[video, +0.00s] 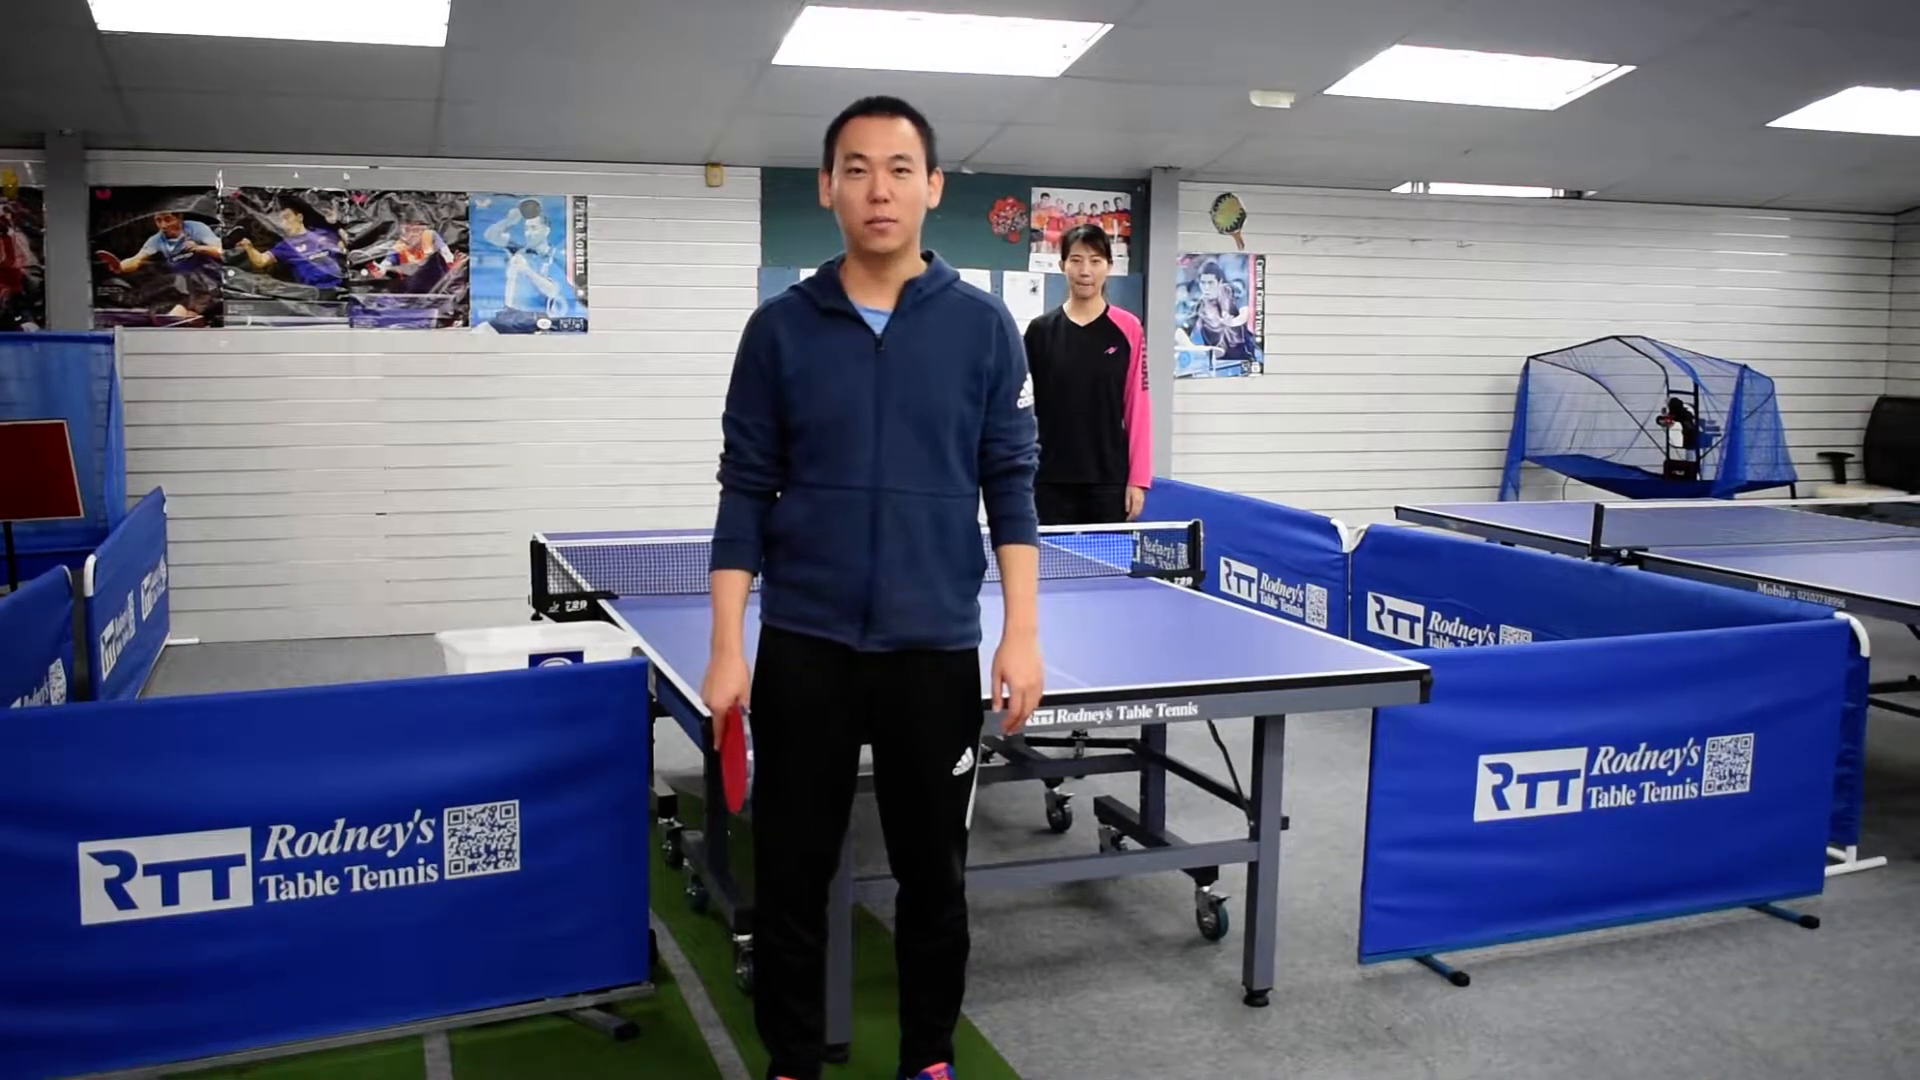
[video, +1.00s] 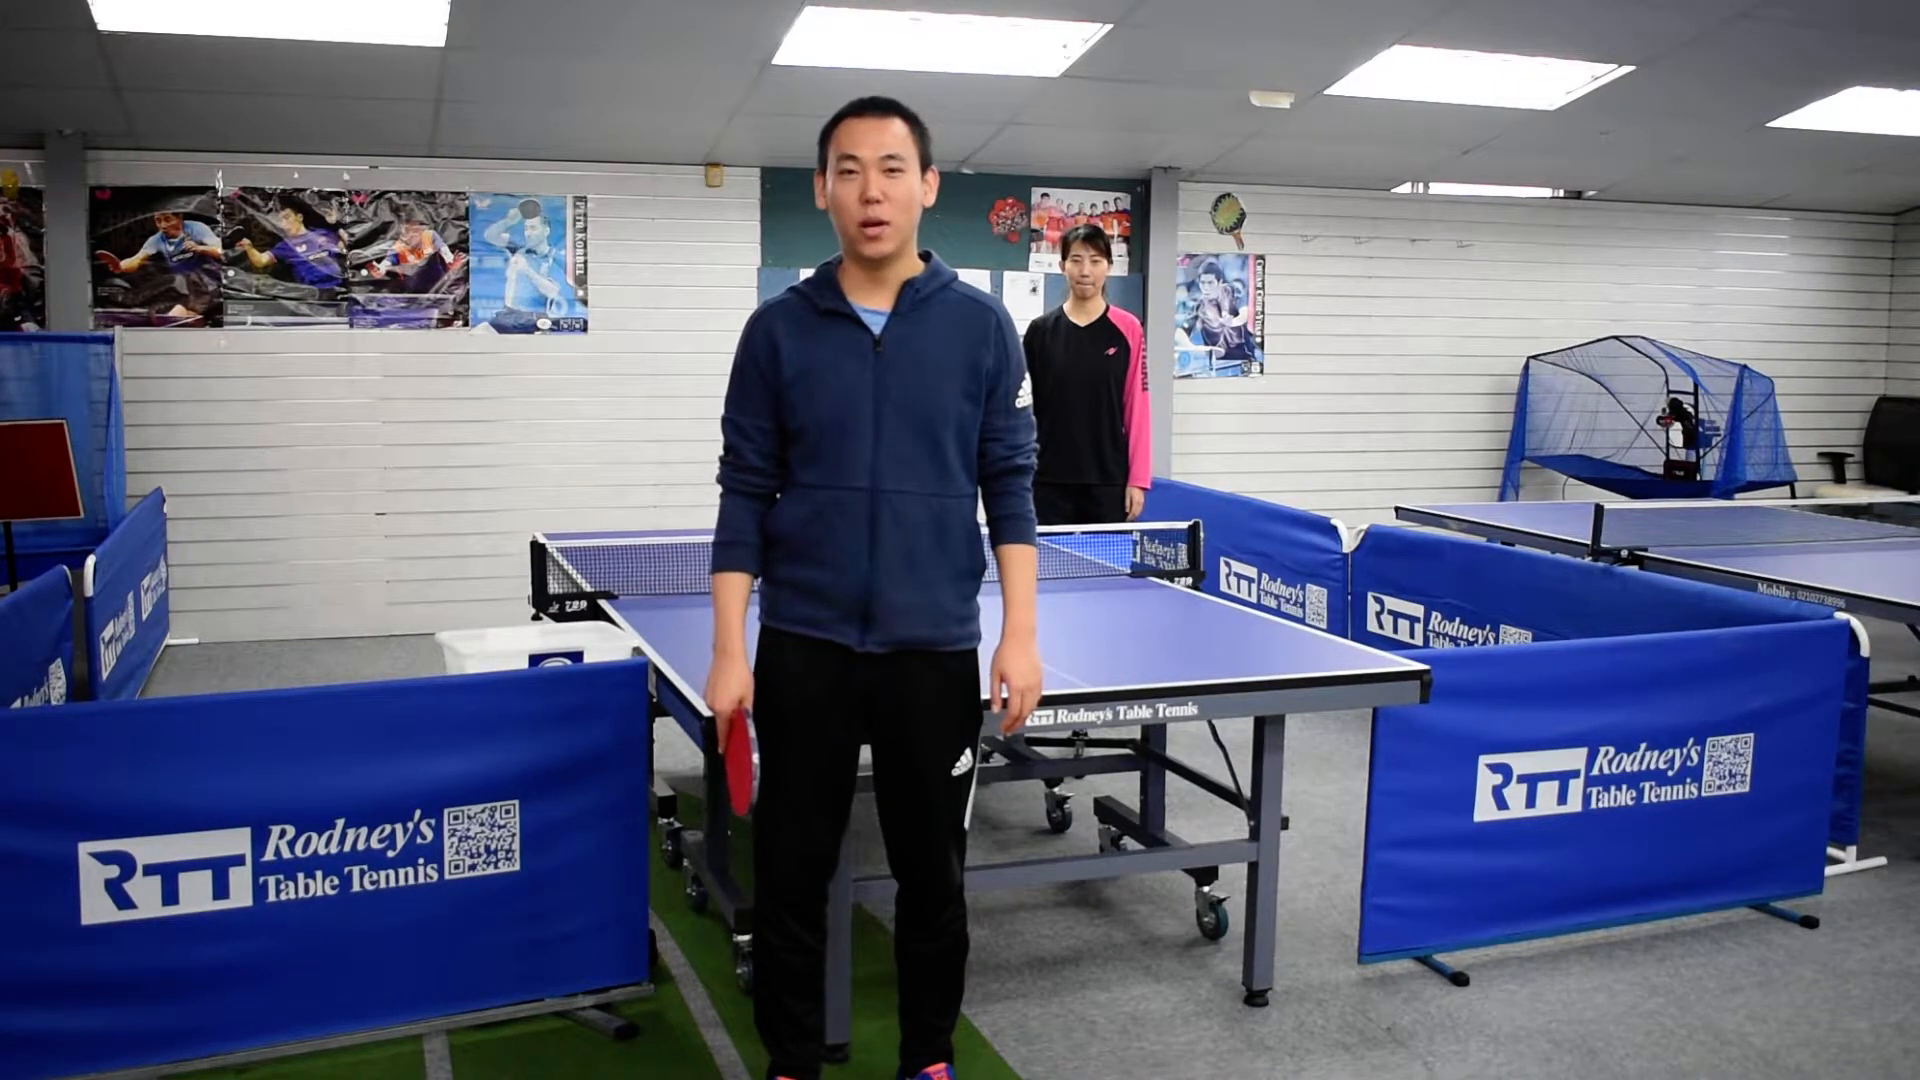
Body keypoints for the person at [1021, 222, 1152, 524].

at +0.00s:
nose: (1085, 271)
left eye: (1095, 262)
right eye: (1076, 261)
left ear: (1109, 268)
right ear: (1063, 266)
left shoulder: (1128, 329)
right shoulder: (1039, 331)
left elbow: (1137, 406)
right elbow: (1021, 404)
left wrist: (1138, 478)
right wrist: (1020, 478)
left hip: (1108, 481)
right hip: (1050, 481)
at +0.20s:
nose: (1085, 271)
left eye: (1095, 261)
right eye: (1075, 261)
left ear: (1108, 268)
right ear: (1063, 266)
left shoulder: (1128, 329)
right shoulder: (1039, 331)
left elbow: (1137, 407)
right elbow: (1020, 404)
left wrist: (1138, 478)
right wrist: (1019, 478)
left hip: (1107, 482)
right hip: (1049, 481)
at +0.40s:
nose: (1084, 271)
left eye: (1095, 262)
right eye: (1075, 261)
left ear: (1108, 268)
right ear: (1062, 266)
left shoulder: (1128, 329)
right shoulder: (1039, 331)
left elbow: (1137, 407)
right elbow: (1021, 405)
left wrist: (1138, 478)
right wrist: (1020, 478)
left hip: (1107, 482)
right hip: (1049, 482)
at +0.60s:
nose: (1085, 271)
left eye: (1095, 262)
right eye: (1075, 261)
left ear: (1108, 268)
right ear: (1063, 266)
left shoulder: (1128, 329)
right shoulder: (1039, 331)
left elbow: (1137, 407)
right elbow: (1021, 405)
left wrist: (1138, 479)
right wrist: (1020, 478)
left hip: (1107, 482)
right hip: (1049, 482)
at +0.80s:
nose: (1085, 271)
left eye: (1095, 262)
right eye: (1076, 261)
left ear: (1108, 268)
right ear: (1063, 266)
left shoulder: (1128, 329)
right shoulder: (1039, 331)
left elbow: (1137, 407)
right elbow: (1021, 405)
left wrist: (1138, 479)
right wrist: (1020, 478)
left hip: (1107, 482)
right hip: (1050, 481)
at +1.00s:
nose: (1085, 271)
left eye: (1095, 262)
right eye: (1076, 261)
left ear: (1109, 268)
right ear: (1063, 266)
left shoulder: (1128, 329)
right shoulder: (1039, 331)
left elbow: (1137, 407)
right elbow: (1022, 405)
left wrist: (1138, 479)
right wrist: (1019, 479)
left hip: (1107, 483)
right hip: (1049, 482)